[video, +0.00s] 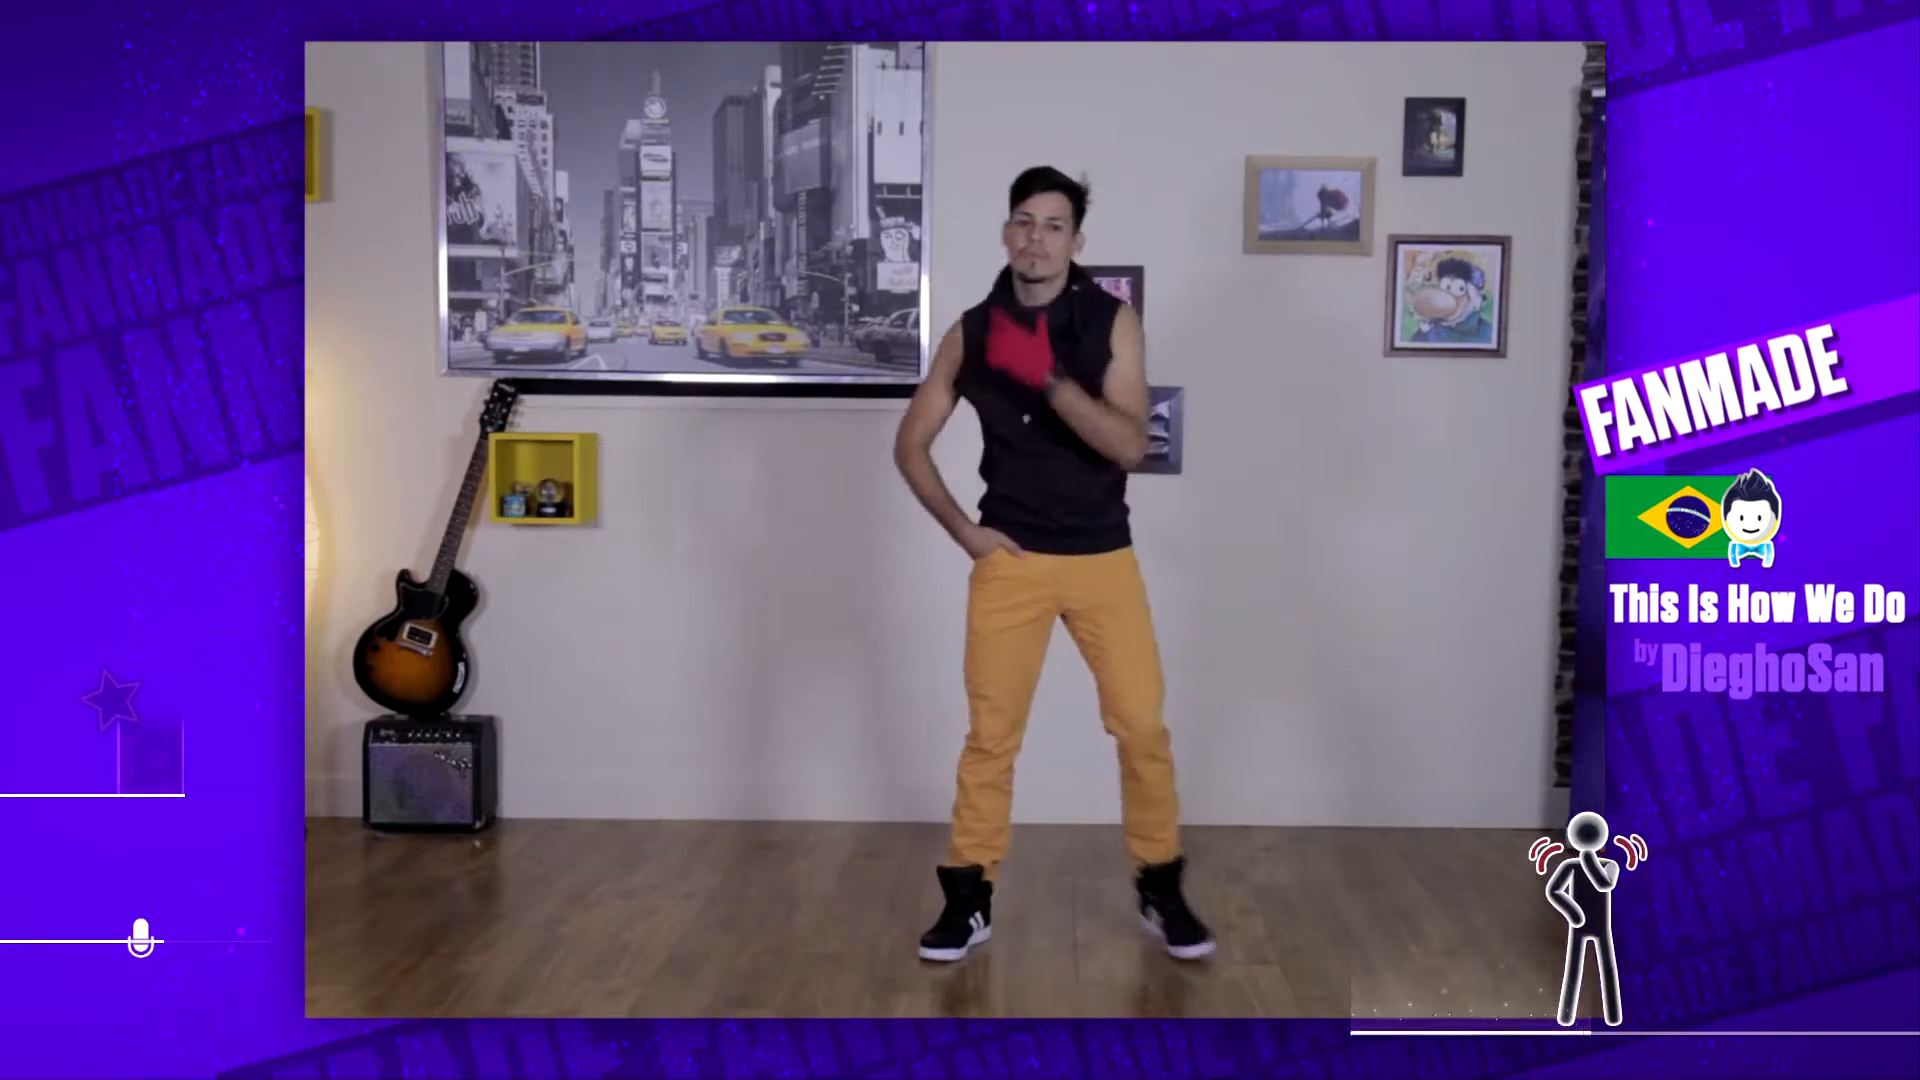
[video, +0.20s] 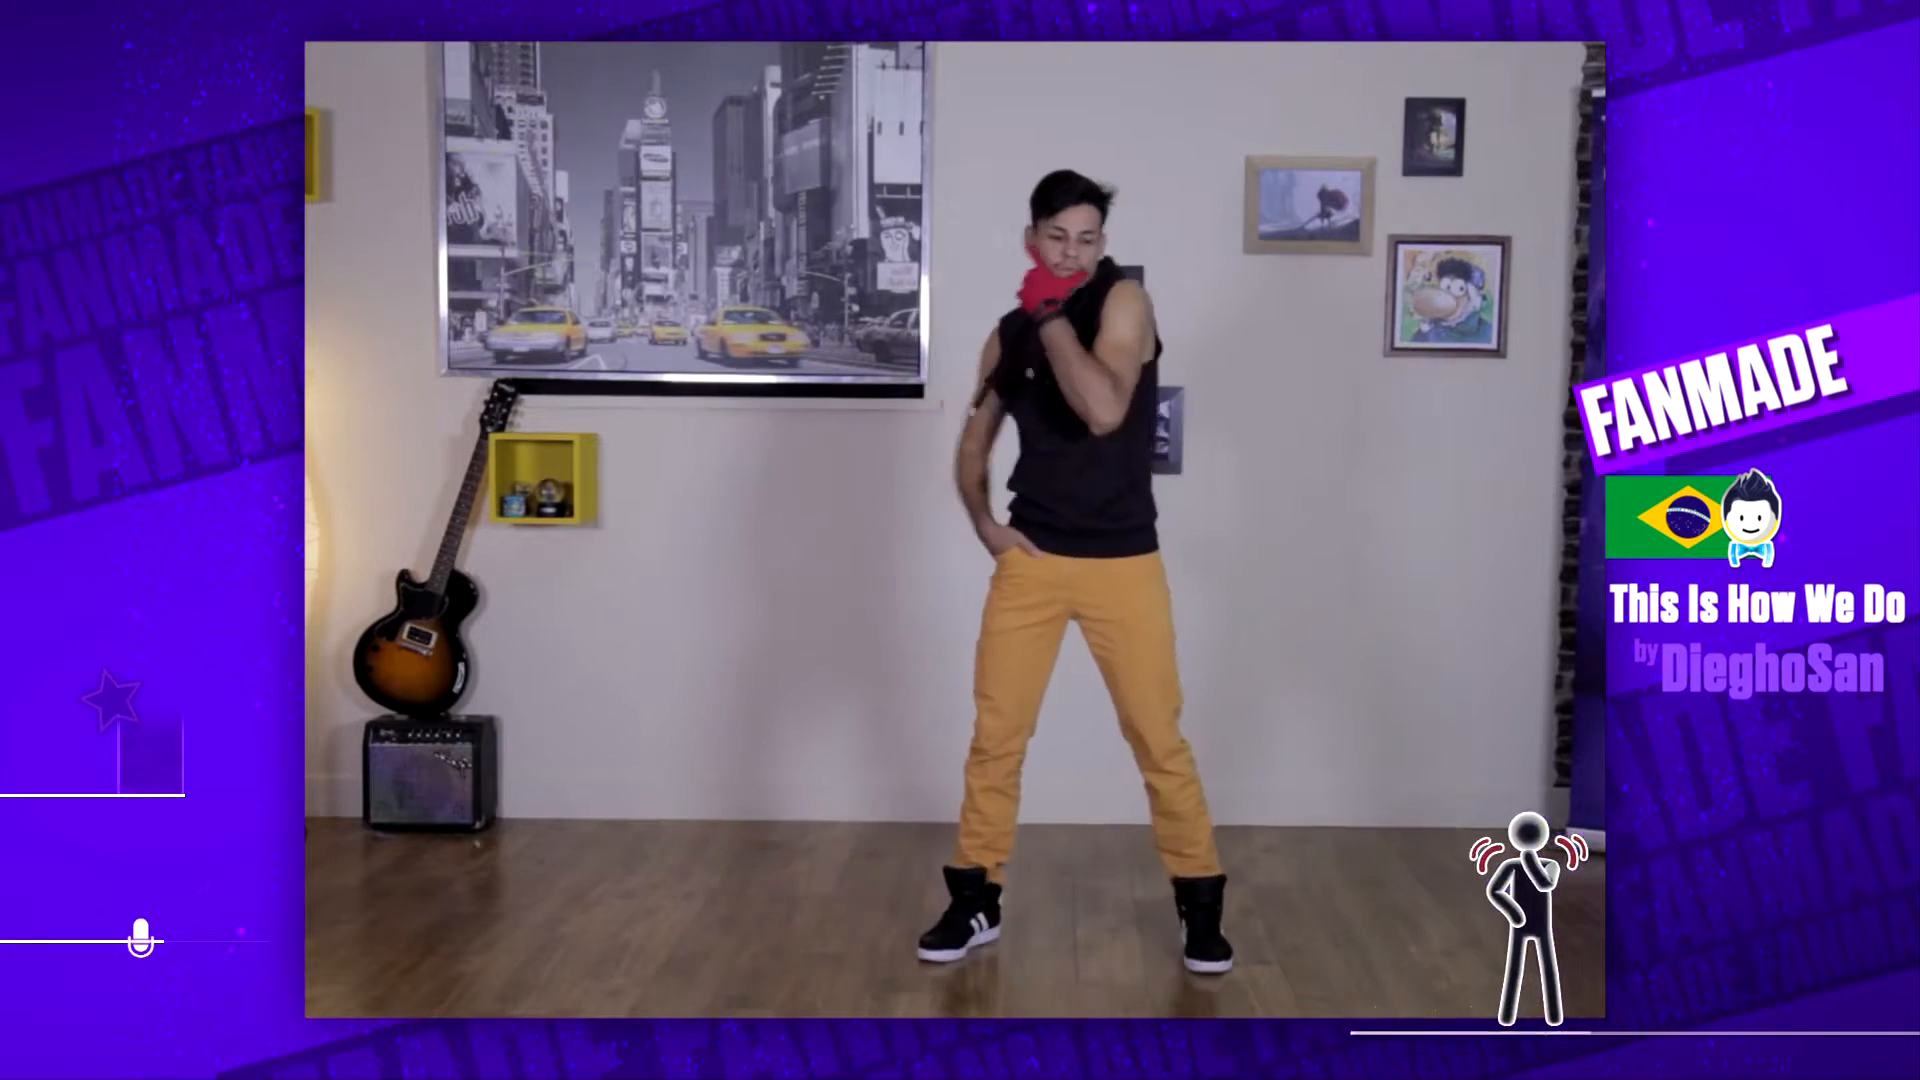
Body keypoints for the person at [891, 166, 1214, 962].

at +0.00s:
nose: (1034, 238)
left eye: (1051, 226)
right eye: (1023, 224)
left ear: (1076, 238)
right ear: (1005, 233)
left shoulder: (1112, 322)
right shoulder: (972, 332)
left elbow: (1130, 447)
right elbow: (909, 446)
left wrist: (1050, 377)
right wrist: (967, 533)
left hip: (1103, 562)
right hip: (1009, 562)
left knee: (1143, 726)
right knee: (991, 736)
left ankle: (1161, 887)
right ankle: (968, 898)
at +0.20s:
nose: (1073, 252)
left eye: (1087, 239)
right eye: (1057, 238)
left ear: (1103, 239)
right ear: (1029, 239)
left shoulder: (1125, 302)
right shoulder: (1010, 335)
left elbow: (1106, 410)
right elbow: (973, 449)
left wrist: (1051, 318)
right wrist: (986, 523)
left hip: (1122, 567)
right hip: (1029, 563)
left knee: (1158, 739)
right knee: (995, 736)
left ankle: (1200, 904)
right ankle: (975, 900)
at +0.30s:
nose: (1117, 241)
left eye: (1131, 228)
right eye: (1102, 226)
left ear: (1147, 230)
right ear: (1073, 228)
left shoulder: (1164, 301)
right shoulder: (1050, 316)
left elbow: (1140, 409)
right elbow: (1035, 429)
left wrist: (1097, 308)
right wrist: (1018, 512)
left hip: (1138, 568)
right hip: (1047, 562)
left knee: (1168, 744)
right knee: (1003, 740)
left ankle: (1201, 907)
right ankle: (995, 904)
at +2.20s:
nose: (1085, 257)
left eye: (1102, 244)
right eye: (1078, 241)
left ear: (1146, 248)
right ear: (1069, 238)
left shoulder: (1168, 336)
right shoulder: (1032, 312)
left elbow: (1165, 447)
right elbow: (968, 431)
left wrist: (1103, 356)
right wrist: (1000, 533)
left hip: (1135, 569)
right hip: (1040, 565)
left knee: (1157, 739)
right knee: (999, 741)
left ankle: (1187, 908)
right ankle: (970, 903)